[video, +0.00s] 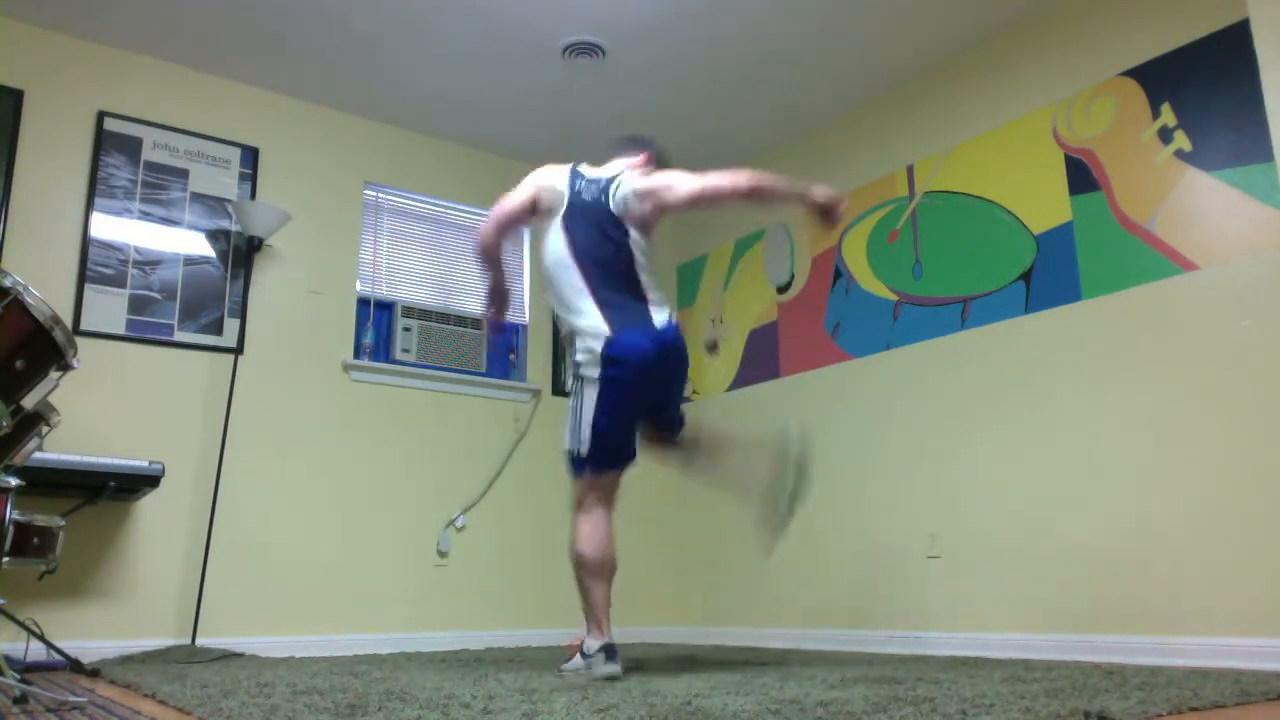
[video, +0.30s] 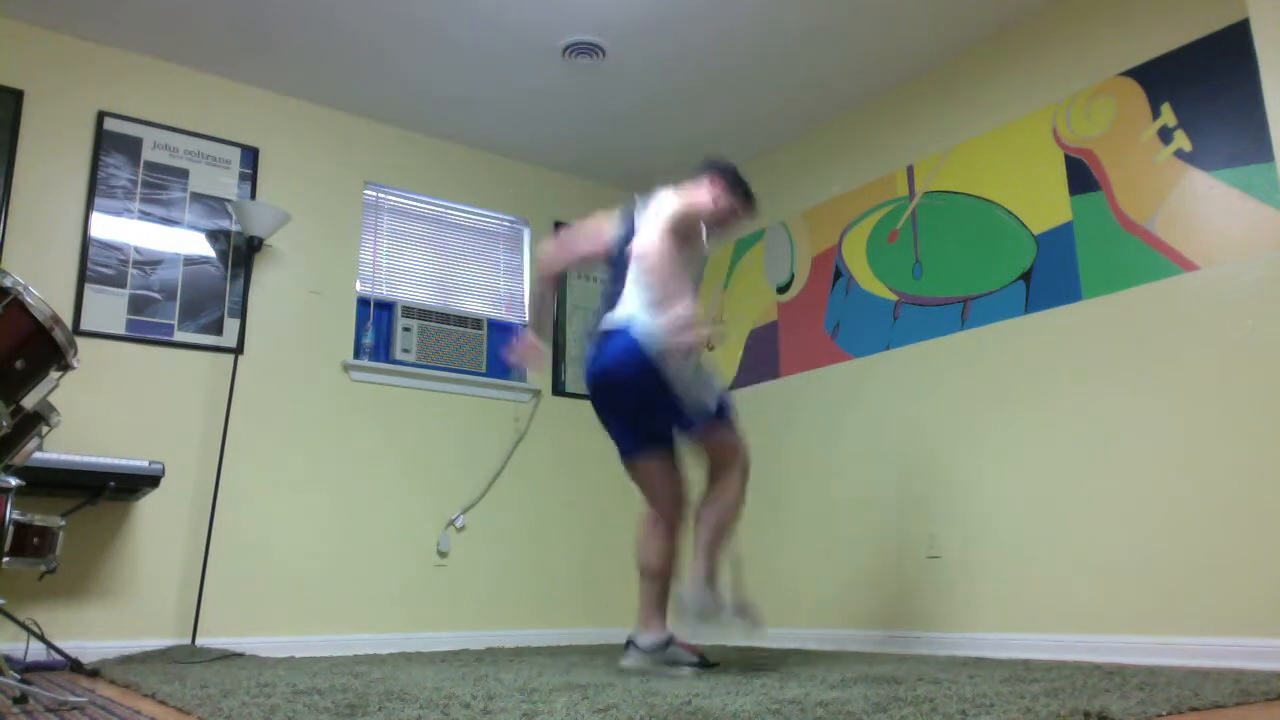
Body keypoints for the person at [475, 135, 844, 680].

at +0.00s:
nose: (650, 186)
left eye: (654, 178)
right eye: (654, 177)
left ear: (610, 155)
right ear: (641, 163)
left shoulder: (550, 179)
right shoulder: (638, 187)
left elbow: (486, 236)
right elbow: (733, 183)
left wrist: (497, 302)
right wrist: (809, 193)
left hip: (606, 357)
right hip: (663, 343)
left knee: (594, 501)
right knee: (666, 434)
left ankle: (598, 644)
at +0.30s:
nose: (725, 228)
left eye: (733, 223)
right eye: (730, 216)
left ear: (696, 181)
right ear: (716, 191)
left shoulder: (637, 213)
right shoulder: (690, 203)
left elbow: (549, 253)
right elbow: (654, 246)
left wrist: (535, 331)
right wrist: (679, 318)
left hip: (608, 364)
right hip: (651, 350)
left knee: (664, 502)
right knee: (729, 460)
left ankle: (651, 636)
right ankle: (702, 592)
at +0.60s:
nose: (741, 207)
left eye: (748, 203)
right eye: (744, 194)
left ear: (742, 200)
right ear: (727, 170)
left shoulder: (697, 227)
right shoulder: (681, 174)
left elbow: (709, 280)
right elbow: (655, 200)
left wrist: (754, 300)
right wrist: (663, 265)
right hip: (641, 306)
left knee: (686, 451)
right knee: (754, 342)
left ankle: (665, 586)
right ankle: (697, 453)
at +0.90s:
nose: (753, 225)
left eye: (763, 221)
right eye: (754, 210)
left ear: (763, 223)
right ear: (734, 188)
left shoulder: (737, 254)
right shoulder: (680, 193)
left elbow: (785, 292)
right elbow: (605, 175)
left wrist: (810, 307)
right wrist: (598, 216)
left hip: (662, 370)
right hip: (613, 338)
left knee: (730, 460)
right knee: (696, 292)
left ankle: (700, 601)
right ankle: (739, 423)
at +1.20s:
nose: (739, 227)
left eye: (748, 221)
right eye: (735, 213)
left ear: (752, 224)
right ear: (711, 198)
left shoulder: (742, 278)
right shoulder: (648, 235)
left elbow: (772, 338)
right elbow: (598, 284)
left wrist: (794, 333)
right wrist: (569, 337)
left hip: (691, 388)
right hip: (639, 365)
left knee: (706, 503)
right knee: (662, 421)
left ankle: (682, 635)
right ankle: (655, 553)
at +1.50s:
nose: (705, 228)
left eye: (717, 222)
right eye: (700, 214)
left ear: (728, 226)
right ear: (682, 204)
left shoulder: (732, 281)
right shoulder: (640, 243)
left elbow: (779, 330)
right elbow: (567, 264)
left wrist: (795, 340)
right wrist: (555, 322)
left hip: (684, 403)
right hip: (629, 388)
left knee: (683, 514)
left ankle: (664, 633)